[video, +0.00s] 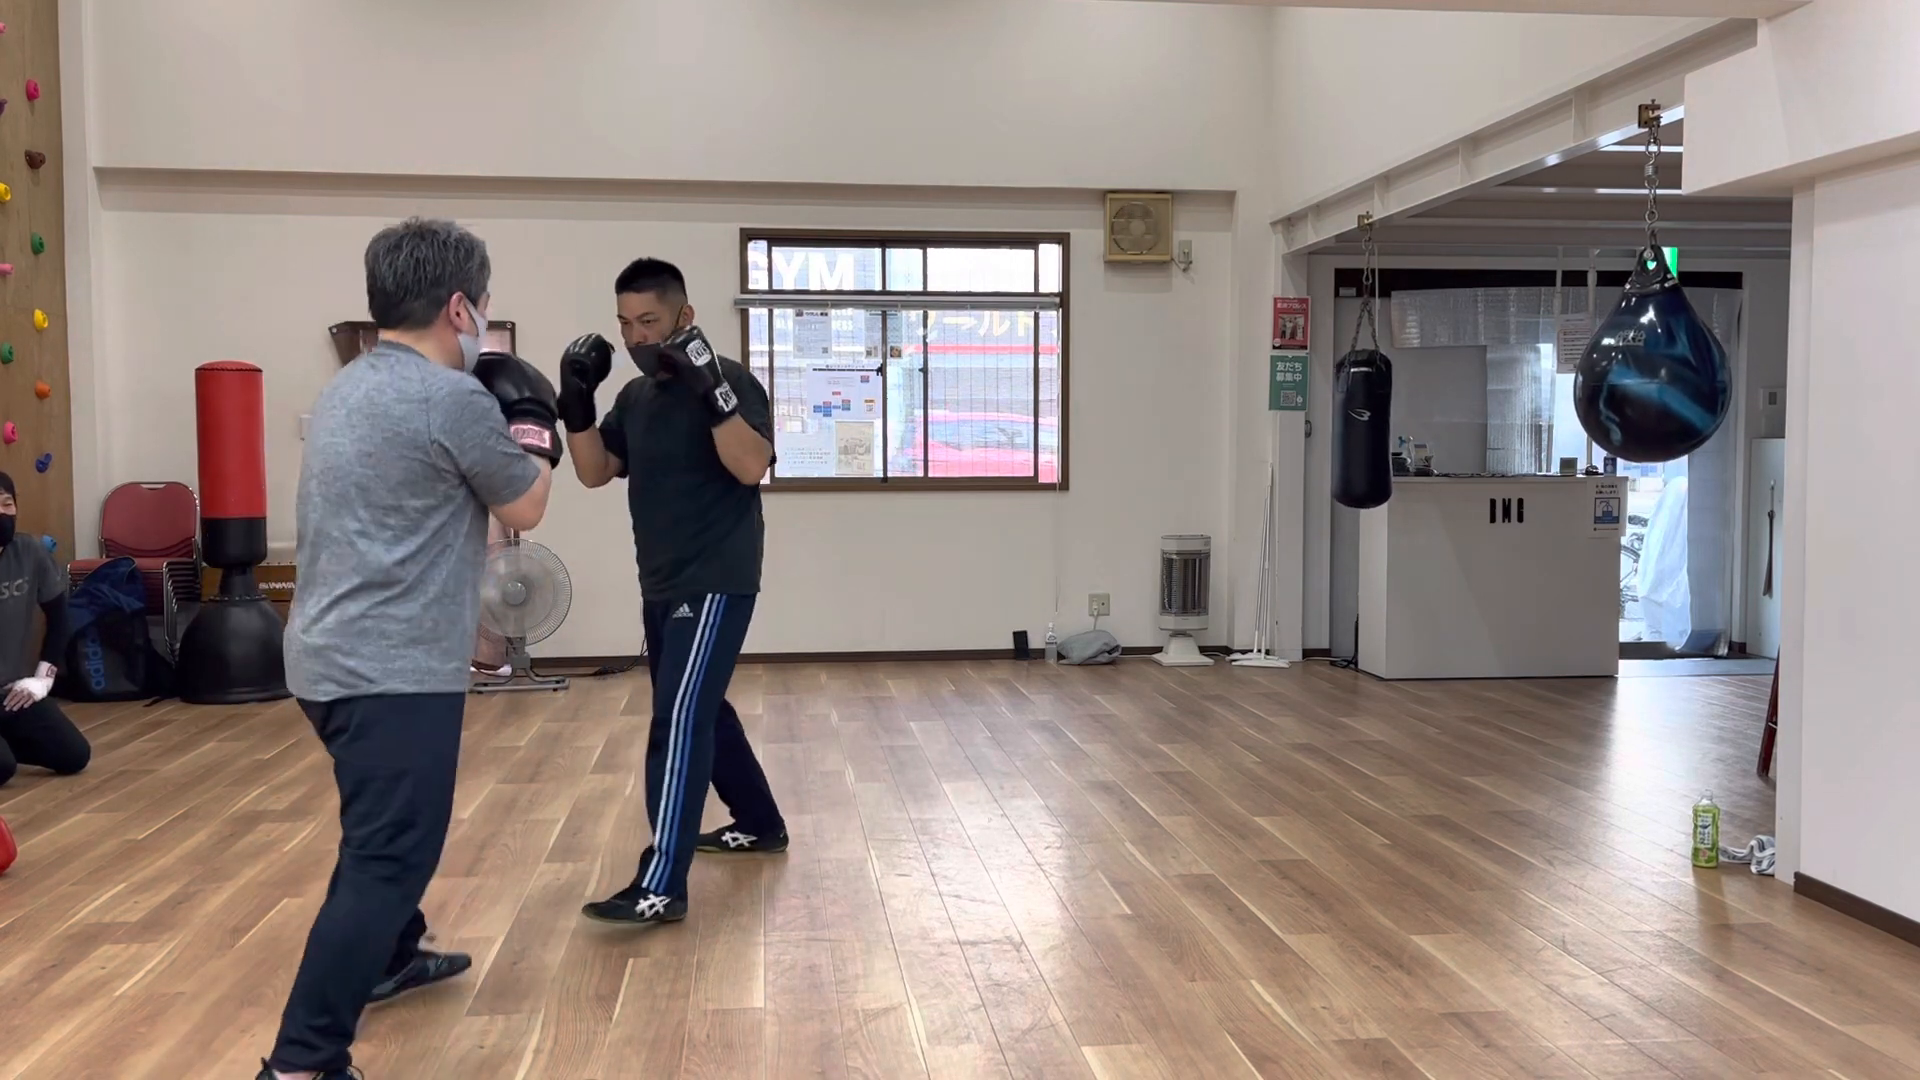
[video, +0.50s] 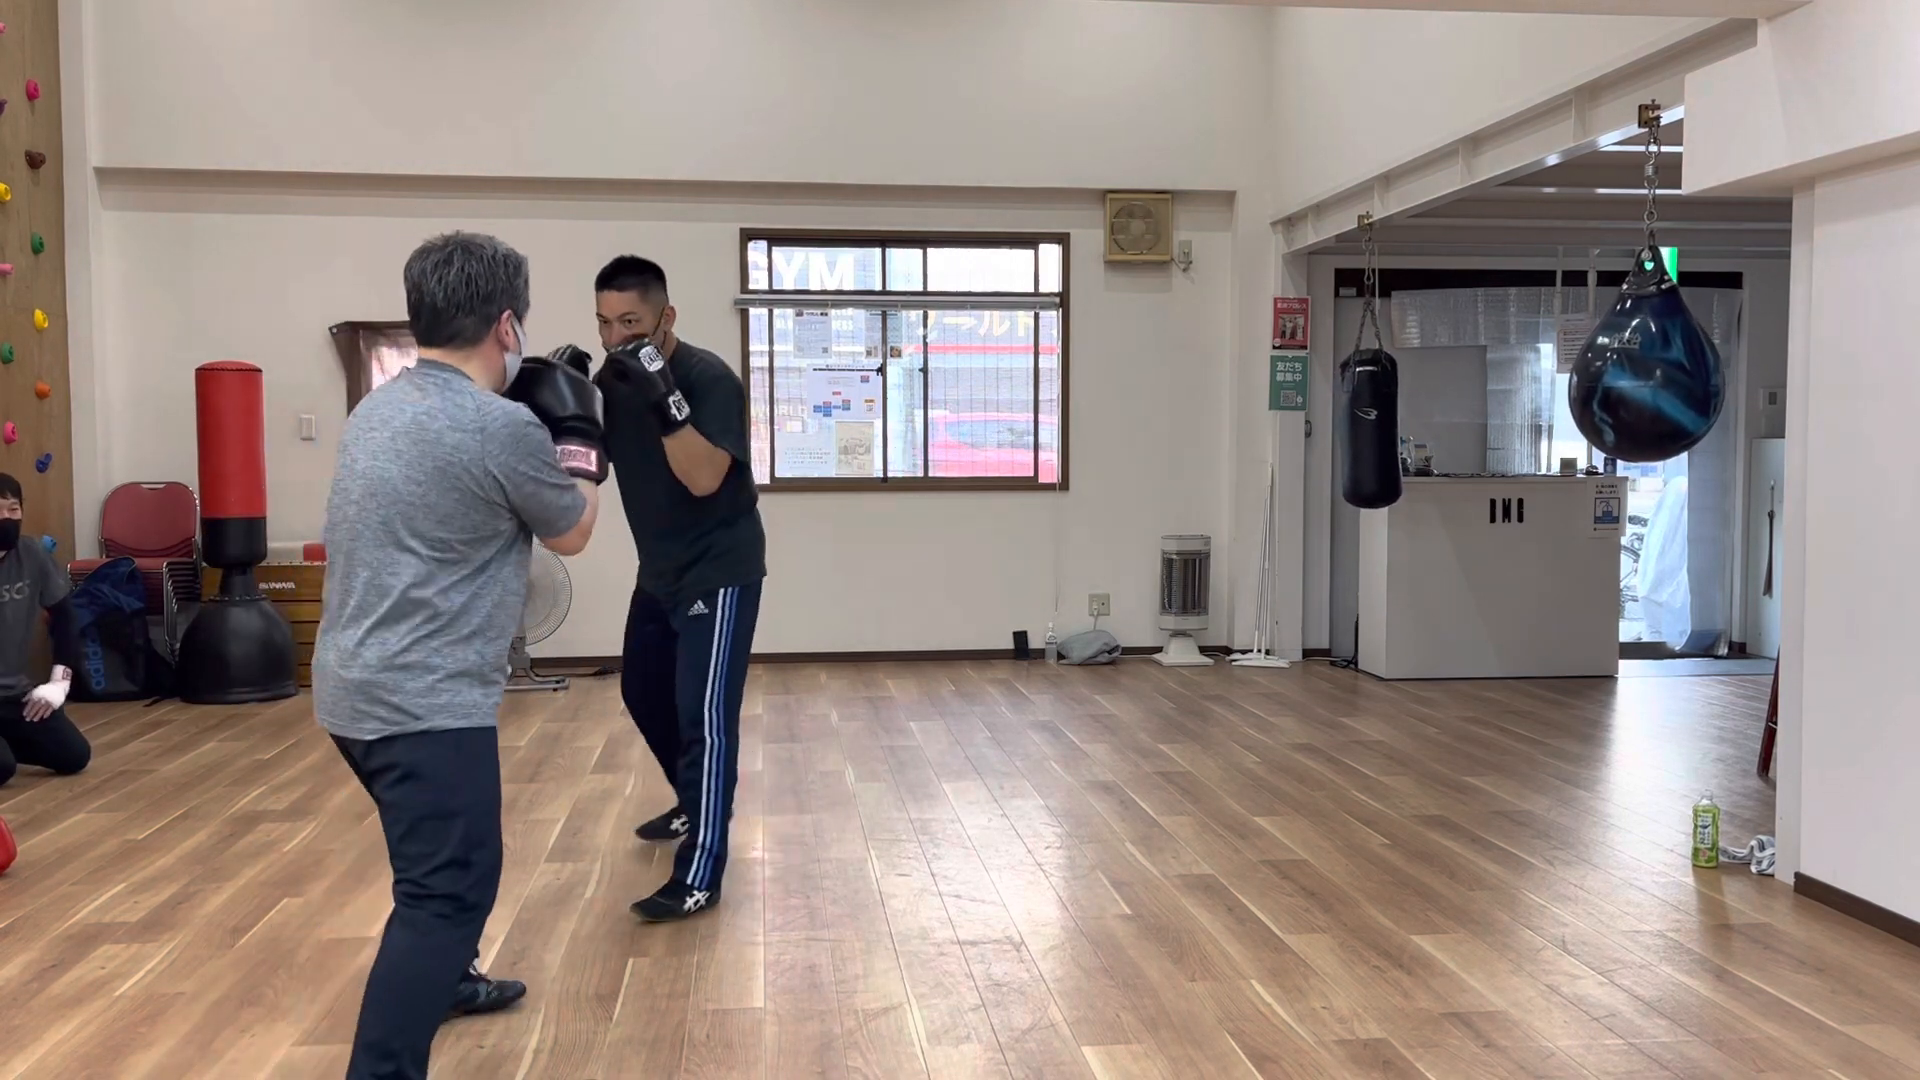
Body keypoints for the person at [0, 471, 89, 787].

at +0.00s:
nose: (5, 510)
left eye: (9, 502)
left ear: (16, 507)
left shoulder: (29, 551)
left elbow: (58, 613)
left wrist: (42, 678)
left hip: (13, 689)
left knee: (74, 756)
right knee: (2, 767)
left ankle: (2, 742)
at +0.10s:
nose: (5, 511)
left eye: (9, 503)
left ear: (16, 508)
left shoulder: (28, 551)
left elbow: (58, 613)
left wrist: (43, 679)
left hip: (13, 690)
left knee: (74, 756)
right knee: (3, 767)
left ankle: (2, 742)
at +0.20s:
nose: (6, 512)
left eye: (9, 504)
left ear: (16, 509)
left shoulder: (26, 550)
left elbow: (58, 614)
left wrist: (44, 679)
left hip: (12, 690)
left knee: (74, 756)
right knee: (3, 767)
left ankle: (3, 741)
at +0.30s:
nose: (6, 513)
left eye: (10, 505)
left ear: (17, 510)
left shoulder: (26, 551)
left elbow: (58, 610)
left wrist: (46, 678)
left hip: (13, 690)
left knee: (74, 756)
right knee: (3, 767)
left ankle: (3, 741)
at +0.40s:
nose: (7, 514)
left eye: (11, 507)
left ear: (19, 511)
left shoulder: (29, 553)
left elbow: (61, 612)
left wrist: (53, 679)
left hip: (13, 692)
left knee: (74, 756)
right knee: (3, 767)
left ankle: (1, 742)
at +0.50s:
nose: (6, 516)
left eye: (13, 508)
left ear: (22, 513)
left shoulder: (30, 553)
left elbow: (63, 612)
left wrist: (59, 680)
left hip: (15, 692)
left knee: (74, 756)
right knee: (3, 767)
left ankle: (2, 741)